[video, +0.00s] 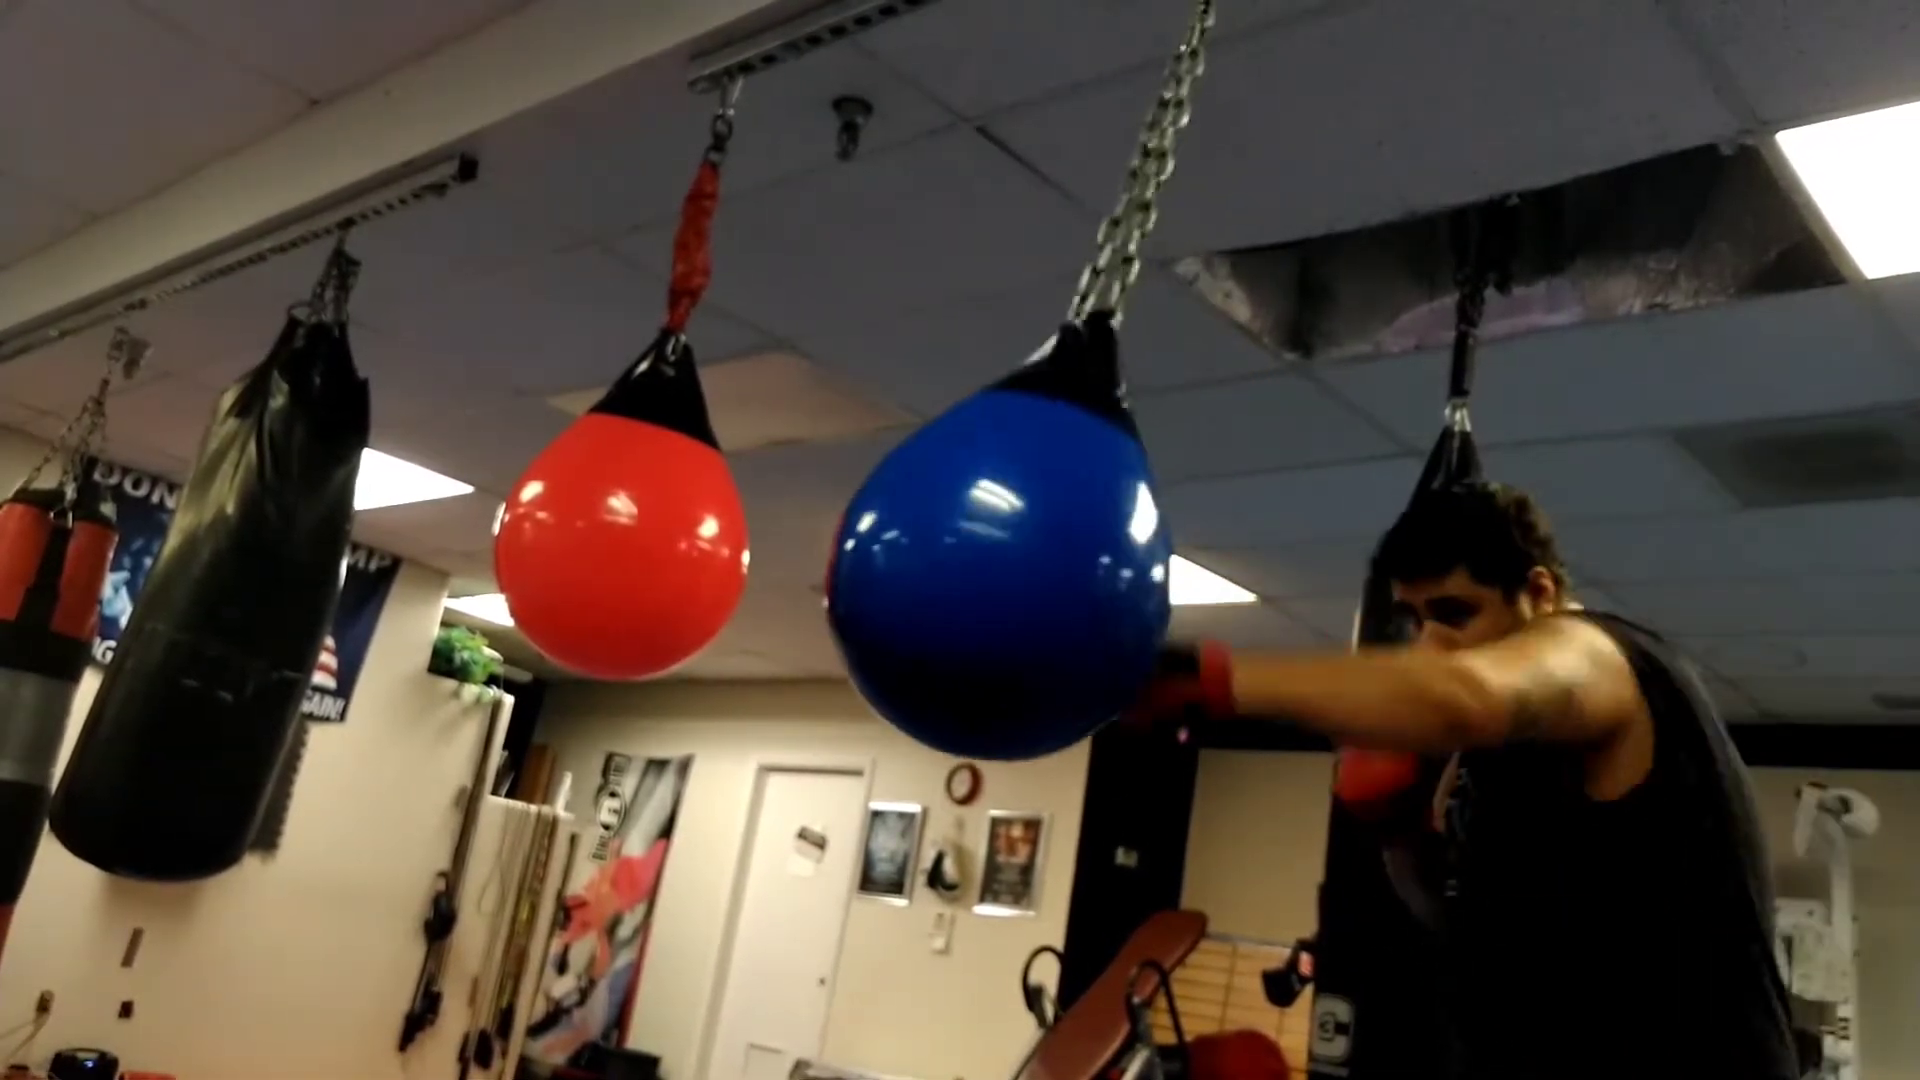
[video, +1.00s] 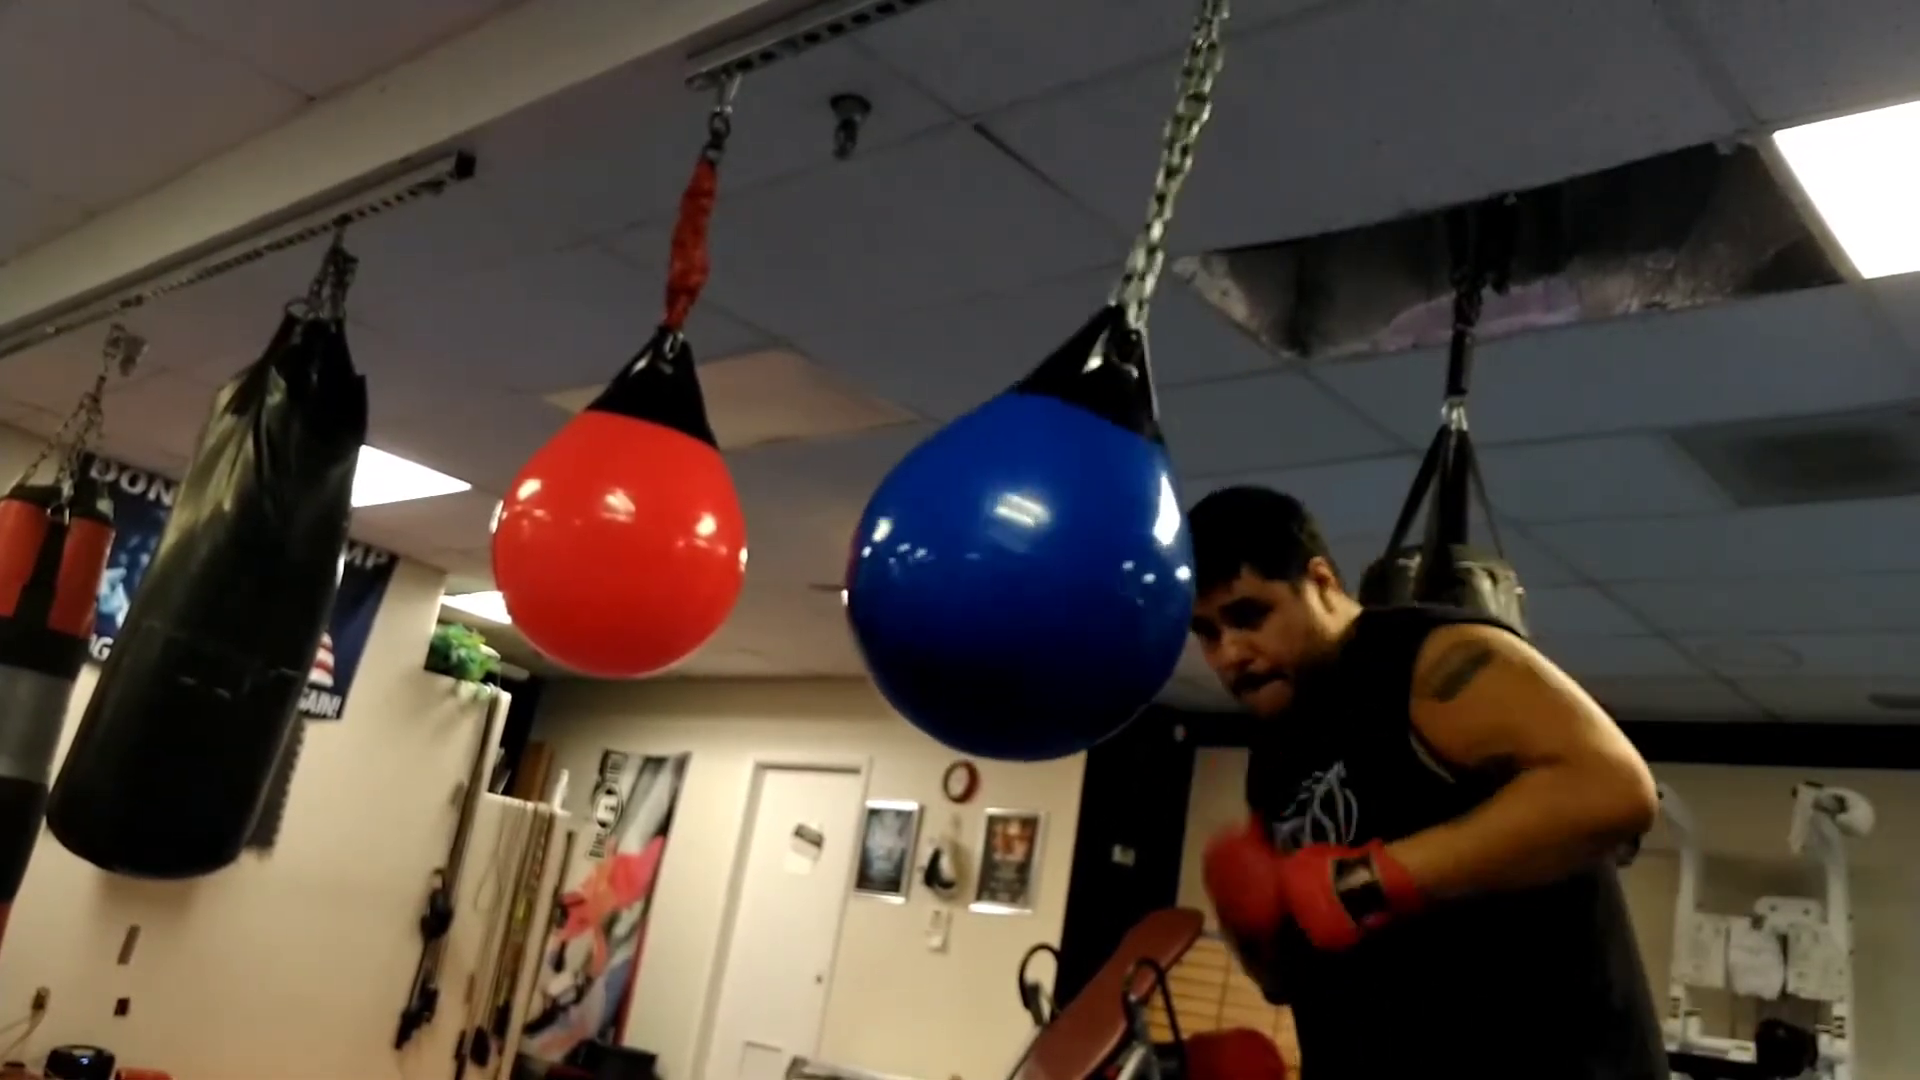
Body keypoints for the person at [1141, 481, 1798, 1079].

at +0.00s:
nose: (1428, 645)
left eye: (1453, 614)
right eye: (1411, 621)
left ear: (1537, 594)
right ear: (1398, 617)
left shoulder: (1592, 657)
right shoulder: (1475, 746)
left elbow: (1466, 700)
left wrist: (1210, 677)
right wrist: (1396, 824)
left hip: (1680, 1074)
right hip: (1566, 1073)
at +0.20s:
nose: (1391, 636)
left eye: (1416, 603)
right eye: (1376, 611)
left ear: (1503, 580)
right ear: (1363, 609)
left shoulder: (1616, 701)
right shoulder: (1434, 714)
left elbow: (1625, 903)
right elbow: (1357, 889)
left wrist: (1457, 749)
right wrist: (1326, 782)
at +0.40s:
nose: (1355, 625)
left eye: (1381, 587)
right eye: (1338, 599)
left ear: (1470, 564)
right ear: (1328, 597)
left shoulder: (1623, 700)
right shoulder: (1347, 689)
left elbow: (1745, 901)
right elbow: (1193, 800)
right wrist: (1157, 688)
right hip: (1382, 1069)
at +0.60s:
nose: (1279, 590)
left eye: (1306, 555)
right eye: (1265, 564)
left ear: (1390, 542)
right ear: (1251, 566)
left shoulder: (1501, 627)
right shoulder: (1309, 716)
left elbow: (1664, 715)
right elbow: (1239, 864)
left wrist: (1451, 603)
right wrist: (1247, 776)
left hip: (1556, 1074)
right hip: (1379, 1075)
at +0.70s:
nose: (1256, 598)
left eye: (1284, 563)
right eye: (1241, 575)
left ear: (1375, 540)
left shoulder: (1448, 592)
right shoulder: (1330, 690)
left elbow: (1574, 679)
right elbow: (1289, 893)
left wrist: (1329, 585)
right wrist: (1268, 822)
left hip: (1540, 1070)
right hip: (1377, 1074)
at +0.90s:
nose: (1244, 636)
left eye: (1269, 599)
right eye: (1226, 611)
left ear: (1346, 575)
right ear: (1215, 613)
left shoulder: (1494, 674)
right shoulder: (1290, 729)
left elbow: (1620, 844)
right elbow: (1284, 966)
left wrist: (1377, 867)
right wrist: (1243, 850)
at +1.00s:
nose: (1229, 655)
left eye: (1248, 617)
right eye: (1206, 633)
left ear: (1320, 582)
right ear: (1192, 637)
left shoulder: (1443, 659)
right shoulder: (1278, 750)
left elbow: (1612, 787)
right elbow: (1296, 978)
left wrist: (1378, 876)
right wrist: (1257, 926)